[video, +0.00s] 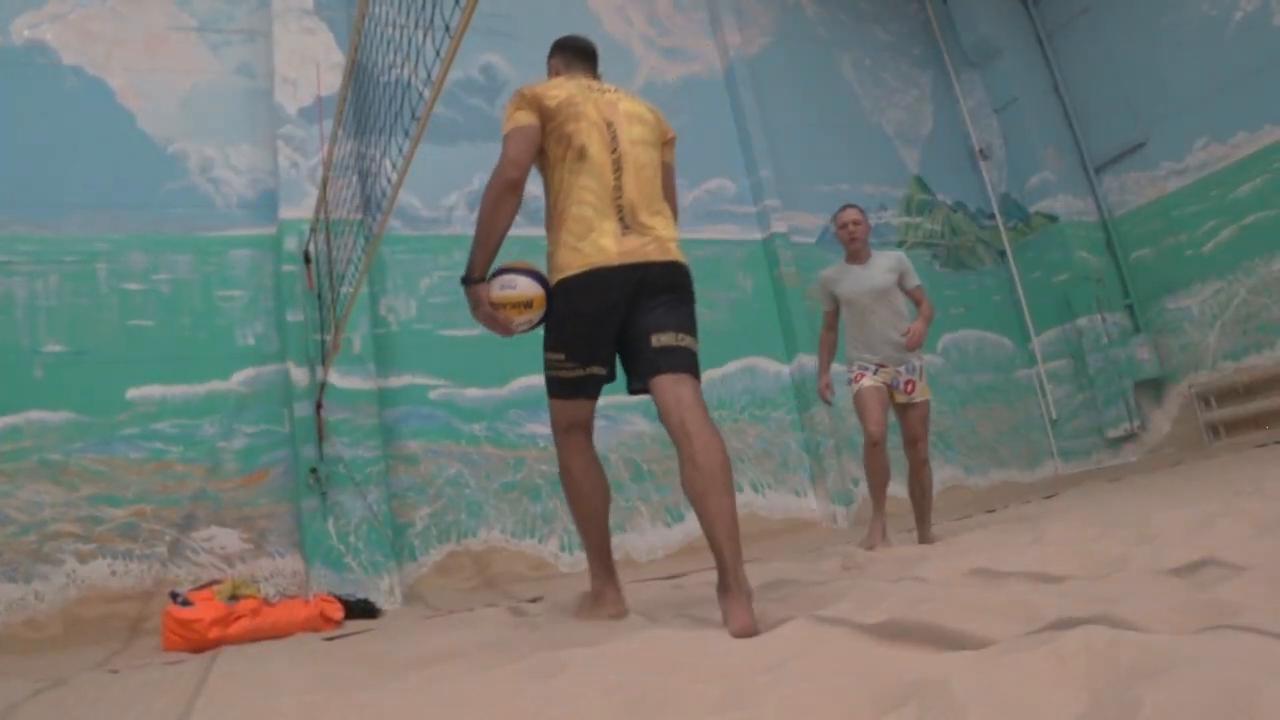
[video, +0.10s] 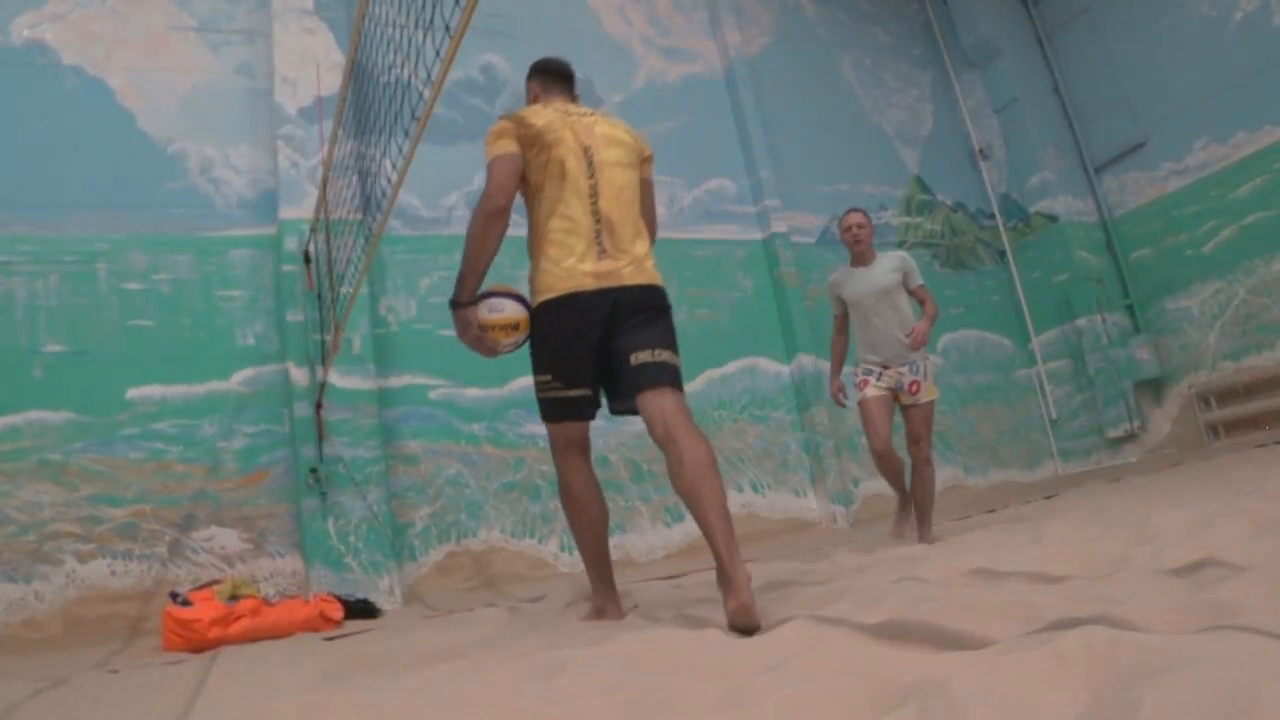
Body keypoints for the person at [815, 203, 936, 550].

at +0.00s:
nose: (850, 230)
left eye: (855, 224)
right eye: (843, 226)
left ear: (868, 227)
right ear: (836, 234)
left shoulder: (895, 261)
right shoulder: (831, 279)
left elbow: (925, 304)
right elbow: (829, 328)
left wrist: (921, 323)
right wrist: (823, 372)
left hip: (907, 365)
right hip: (865, 369)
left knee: (917, 449)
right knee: (874, 437)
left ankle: (925, 532)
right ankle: (878, 519)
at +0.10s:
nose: (855, 233)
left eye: (860, 226)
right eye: (847, 229)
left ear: (872, 231)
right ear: (841, 239)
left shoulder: (899, 262)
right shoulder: (839, 282)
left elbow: (929, 304)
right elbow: (840, 332)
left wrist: (925, 323)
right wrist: (835, 376)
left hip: (912, 366)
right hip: (871, 372)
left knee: (920, 449)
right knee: (879, 448)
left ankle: (925, 531)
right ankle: (904, 497)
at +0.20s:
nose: (860, 240)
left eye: (865, 234)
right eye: (853, 237)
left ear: (877, 238)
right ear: (847, 245)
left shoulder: (904, 268)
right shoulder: (845, 290)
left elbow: (934, 307)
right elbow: (848, 337)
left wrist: (931, 328)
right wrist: (845, 380)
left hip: (918, 370)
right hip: (878, 378)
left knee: (929, 453)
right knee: (898, 462)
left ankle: (930, 528)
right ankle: (929, 503)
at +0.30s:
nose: (866, 255)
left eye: (871, 249)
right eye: (859, 252)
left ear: (883, 253)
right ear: (853, 261)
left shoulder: (910, 285)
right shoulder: (851, 305)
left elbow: (943, 323)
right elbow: (854, 350)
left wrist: (941, 343)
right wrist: (854, 391)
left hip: (924, 381)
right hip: (887, 394)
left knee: (936, 448)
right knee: (913, 470)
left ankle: (938, 517)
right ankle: (944, 511)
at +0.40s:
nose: (869, 268)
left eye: (874, 261)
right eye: (862, 264)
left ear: (886, 264)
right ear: (856, 272)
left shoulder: (915, 295)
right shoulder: (855, 315)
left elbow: (947, 333)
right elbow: (860, 363)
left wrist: (947, 358)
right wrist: (863, 399)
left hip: (929, 387)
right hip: (893, 400)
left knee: (934, 439)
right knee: (914, 475)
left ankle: (943, 512)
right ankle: (948, 519)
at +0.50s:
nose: (871, 270)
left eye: (877, 263)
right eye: (864, 266)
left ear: (889, 266)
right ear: (858, 274)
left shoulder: (918, 296)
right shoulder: (858, 316)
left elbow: (953, 334)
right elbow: (864, 363)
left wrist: (951, 358)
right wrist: (873, 395)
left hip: (933, 385)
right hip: (897, 400)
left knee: (938, 433)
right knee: (916, 479)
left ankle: (947, 512)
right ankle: (947, 518)